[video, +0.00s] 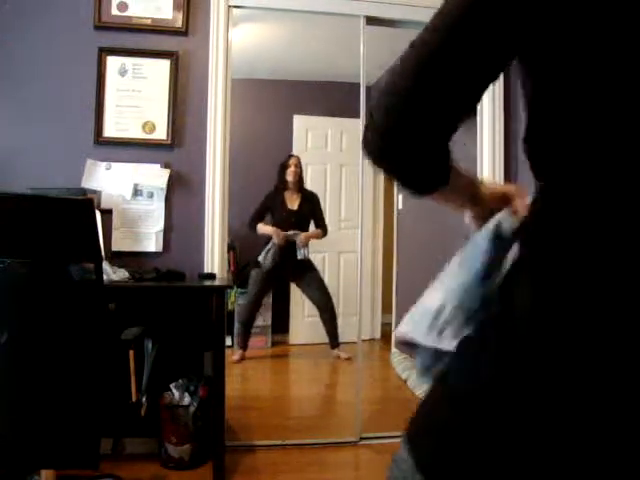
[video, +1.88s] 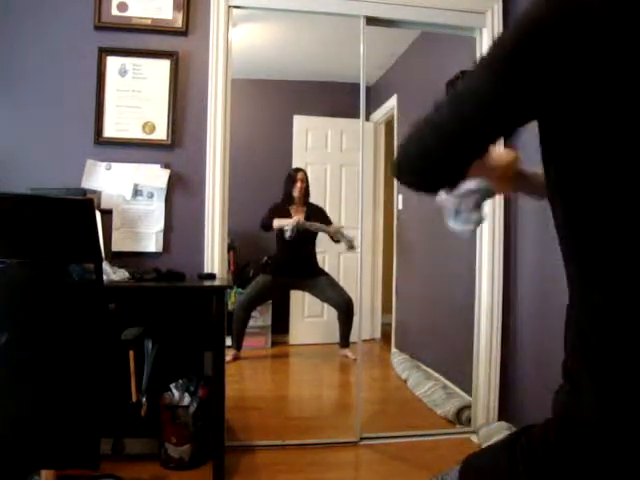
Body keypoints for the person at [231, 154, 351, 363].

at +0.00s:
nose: (294, 170)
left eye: (297, 166)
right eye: (290, 166)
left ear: (301, 171)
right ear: (283, 171)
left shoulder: (310, 198)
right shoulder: (274, 196)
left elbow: (322, 230)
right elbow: (254, 224)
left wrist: (308, 236)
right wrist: (273, 231)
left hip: (298, 258)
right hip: (273, 257)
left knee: (324, 299)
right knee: (251, 300)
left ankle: (335, 347)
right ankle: (240, 348)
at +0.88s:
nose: (304, 184)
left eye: (307, 181)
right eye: (300, 181)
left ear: (311, 185)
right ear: (293, 184)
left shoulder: (318, 213)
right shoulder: (282, 210)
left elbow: (330, 244)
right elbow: (263, 240)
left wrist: (338, 231)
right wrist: (263, 227)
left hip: (307, 271)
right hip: (279, 271)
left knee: (342, 302)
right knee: (245, 301)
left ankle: (342, 347)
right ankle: (239, 350)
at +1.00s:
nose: (302, 183)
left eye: (305, 180)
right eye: (298, 180)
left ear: (310, 184)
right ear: (291, 183)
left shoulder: (316, 211)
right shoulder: (278, 209)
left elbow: (331, 242)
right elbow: (261, 238)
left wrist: (338, 224)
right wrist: (258, 215)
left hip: (307, 272)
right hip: (277, 272)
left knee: (341, 302)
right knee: (244, 302)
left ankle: (341, 347)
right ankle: (239, 350)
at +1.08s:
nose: (301, 183)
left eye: (304, 179)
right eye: (297, 179)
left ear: (309, 183)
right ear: (289, 183)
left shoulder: (316, 209)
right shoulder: (277, 208)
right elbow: (258, 237)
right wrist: (261, 218)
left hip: (308, 271)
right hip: (276, 271)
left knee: (342, 302)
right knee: (242, 303)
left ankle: (342, 346)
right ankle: (238, 350)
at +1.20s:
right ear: (276, 207)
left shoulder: (312, 218)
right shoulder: (272, 221)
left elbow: (317, 247)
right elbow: (267, 249)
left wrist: (328, 235)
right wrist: (259, 231)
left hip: (306, 274)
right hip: (273, 275)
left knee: (343, 303)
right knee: (241, 305)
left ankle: (343, 347)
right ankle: (237, 350)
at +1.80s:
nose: (300, 185)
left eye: (303, 181)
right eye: (296, 181)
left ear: (307, 185)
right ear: (289, 184)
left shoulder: (315, 211)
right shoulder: (279, 208)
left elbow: (332, 231)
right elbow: (263, 223)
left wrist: (306, 222)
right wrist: (287, 217)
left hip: (309, 272)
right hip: (279, 272)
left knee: (345, 302)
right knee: (243, 303)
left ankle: (345, 347)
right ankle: (235, 350)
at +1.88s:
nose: (299, 185)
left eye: (303, 181)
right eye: (296, 181)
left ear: (307, 185)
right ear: (288, 184)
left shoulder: (315, 212)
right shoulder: (279, 210)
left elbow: (336, 237)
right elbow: (264, 225)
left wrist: (330, 230)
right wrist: (290, 222)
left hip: (309, 272)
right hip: (279, 272)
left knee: (345, 303)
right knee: (243, 303)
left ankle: (344, 347)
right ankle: (235, 350)